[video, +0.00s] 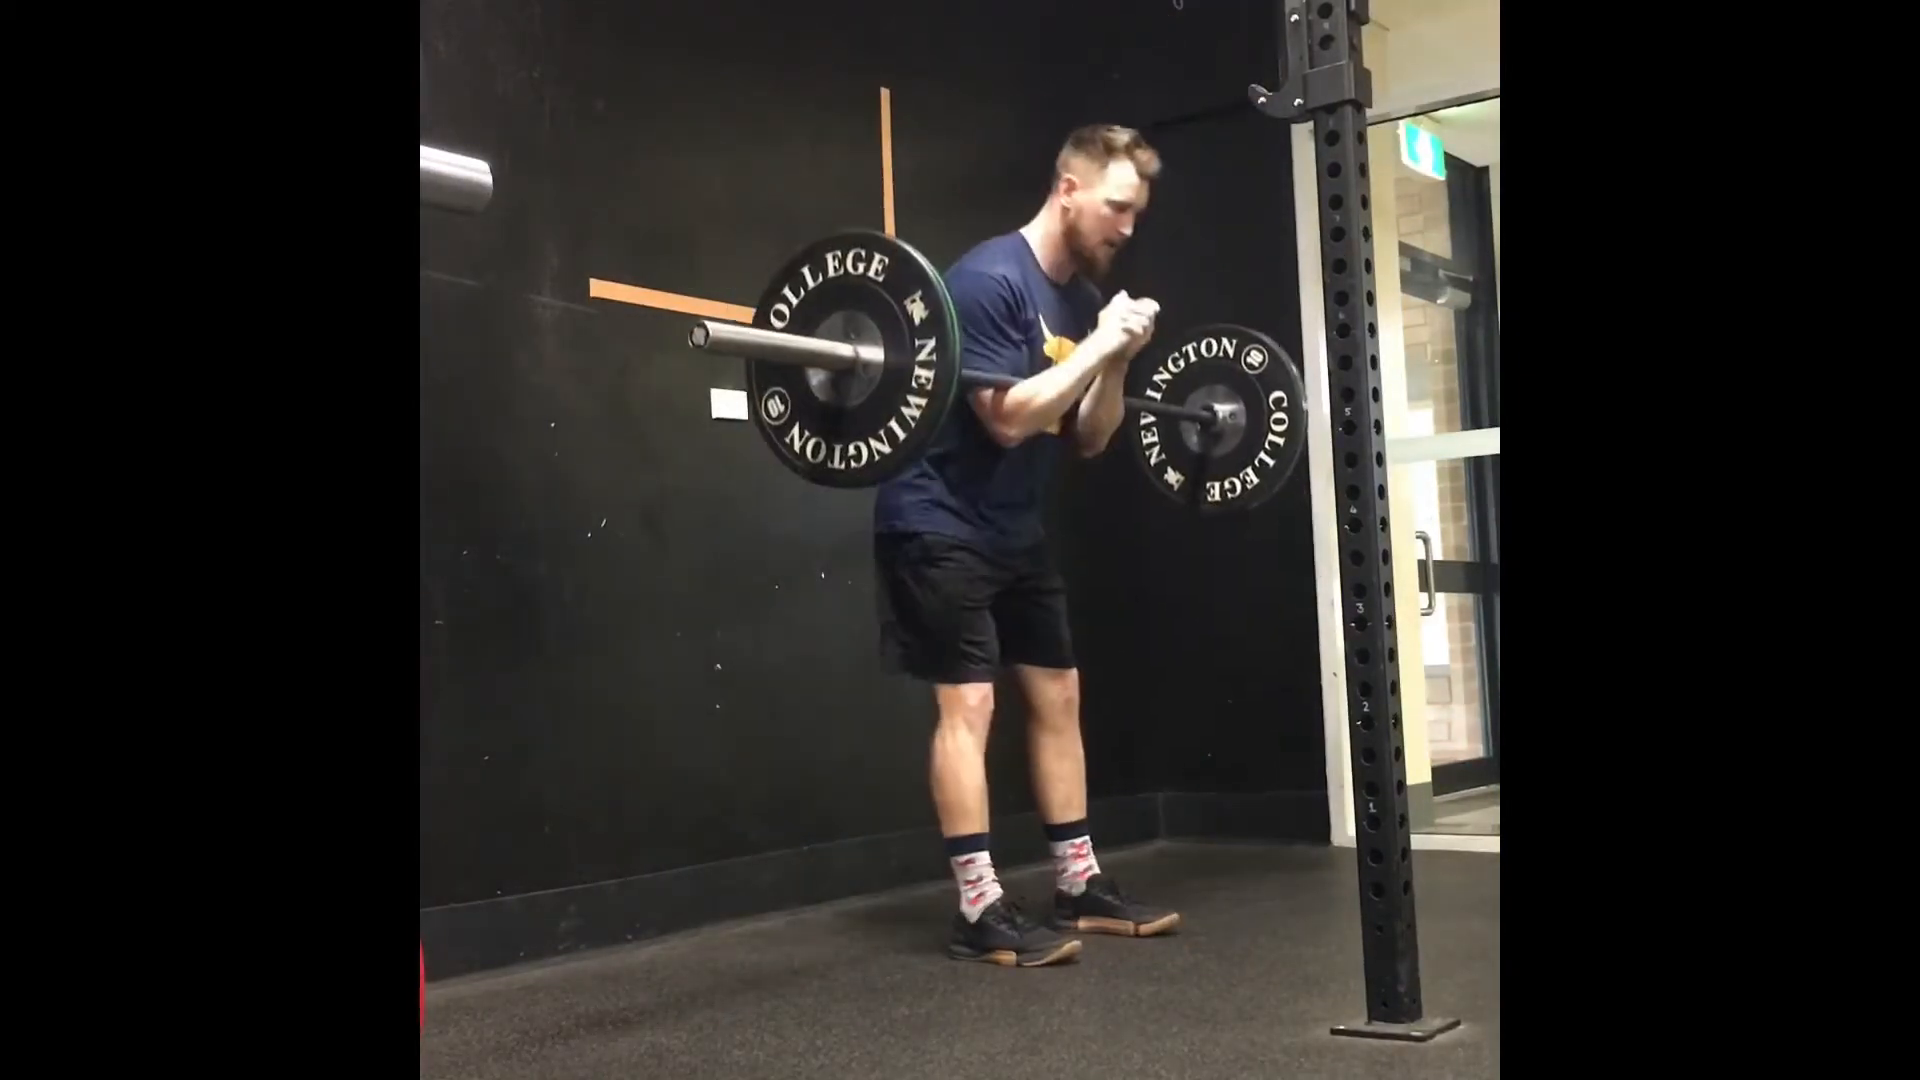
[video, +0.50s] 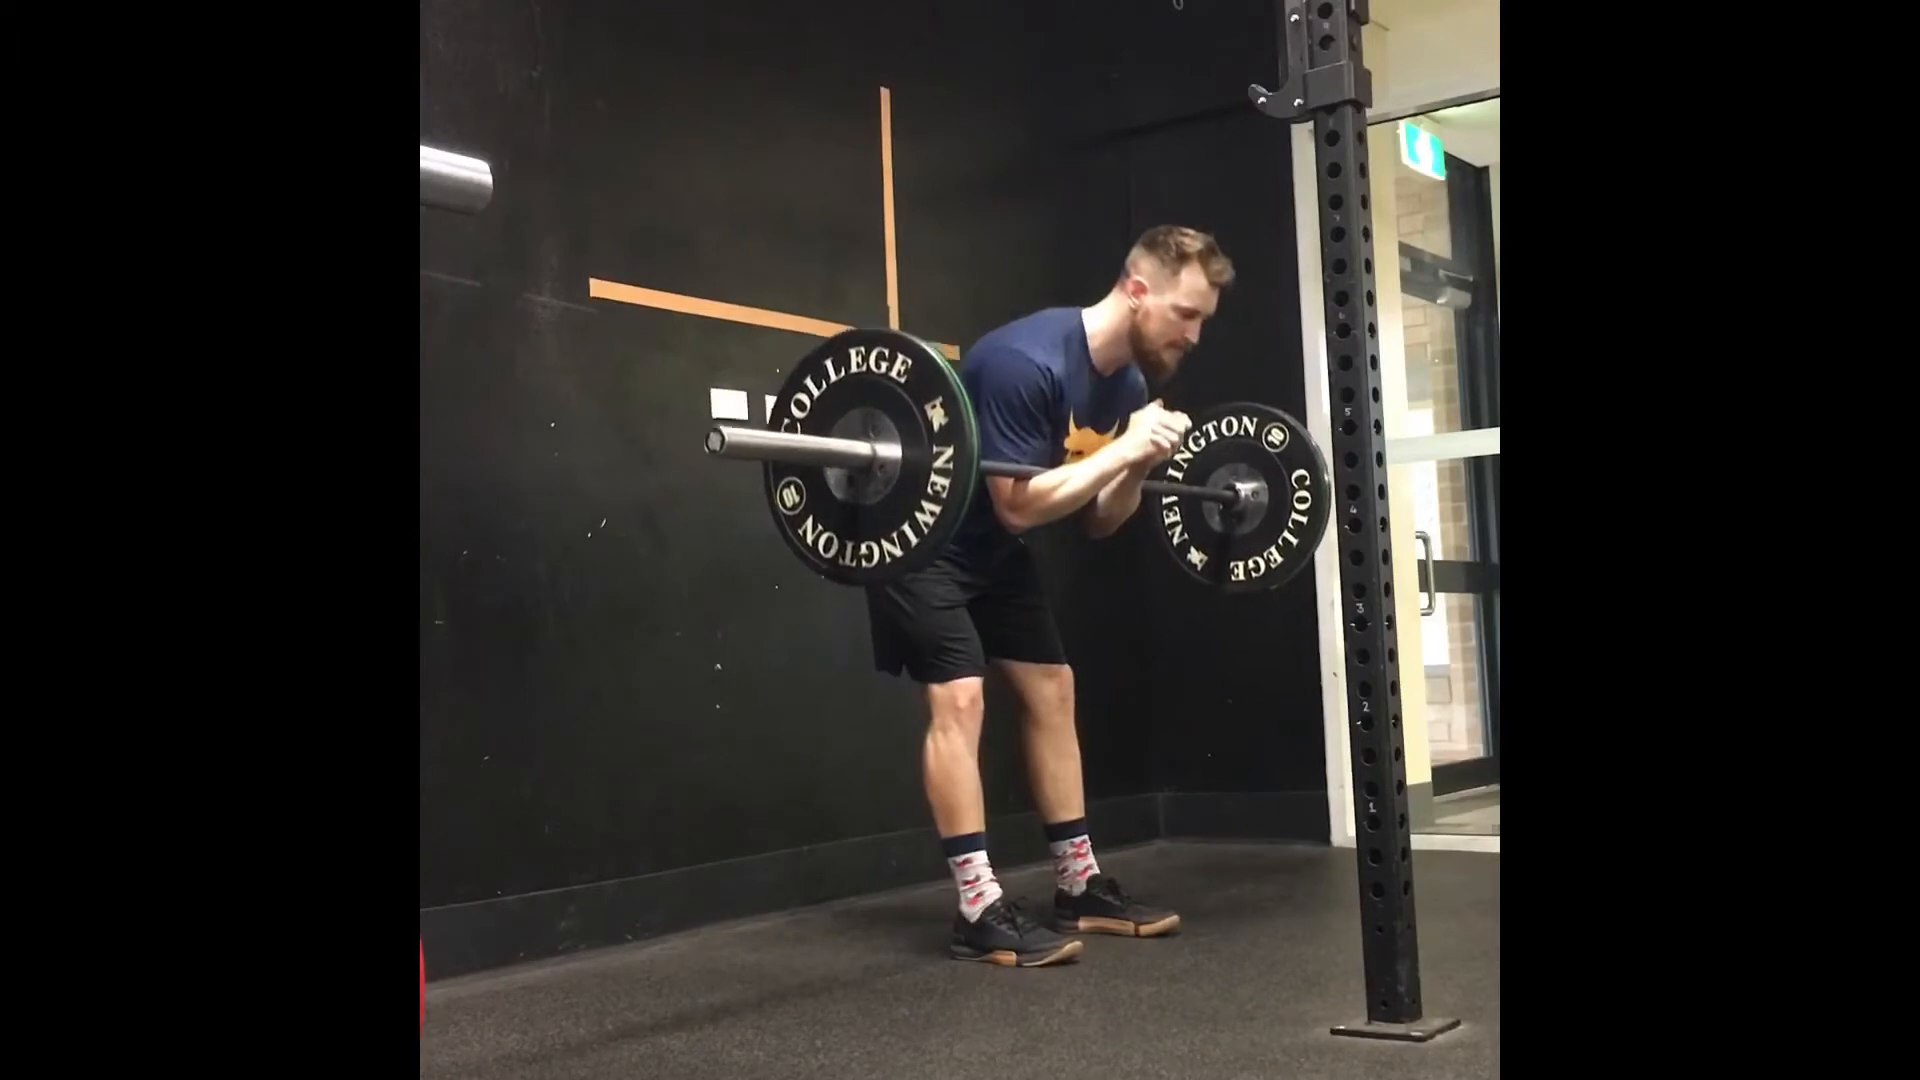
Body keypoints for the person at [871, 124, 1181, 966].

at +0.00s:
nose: (1130, 228)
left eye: (1136, 212)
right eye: (1119, 207)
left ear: (1106, 206)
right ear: (1067, 192)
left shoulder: (1085, 300)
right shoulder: (989, 278)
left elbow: (1088, 439)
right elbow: (1005, 418)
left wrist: (1118, 357)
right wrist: (1102, 345)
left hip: (1015, 522)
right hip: (936, 520)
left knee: (1055, 689)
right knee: (968, 699)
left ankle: (1079, 886)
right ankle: (980, 909)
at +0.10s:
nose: (1143, 251)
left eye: (1151, 236)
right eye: (1134, 231)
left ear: (1138, 231)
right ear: (1083, 210)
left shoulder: (1093, 317)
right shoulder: (995, 295)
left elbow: (1093, 454)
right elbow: (1008, 436)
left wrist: (1122, 380)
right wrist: (1105, 370)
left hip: (1009, 526)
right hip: (929, 525)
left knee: (1051, 690)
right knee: (964, 699)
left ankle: (1079, 886)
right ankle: (979, 910)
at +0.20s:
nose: (1156, 275)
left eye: (1165, 260)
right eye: (1149, 253)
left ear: (1126, 243)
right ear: (1097, 229)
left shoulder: (1105, 333)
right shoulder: (1001, 311)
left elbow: (1097, 469)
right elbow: (1010, 453)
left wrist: (1129, 401)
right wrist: (1111, 391)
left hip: (1004, 527)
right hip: (922, 527)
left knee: (1051, 690)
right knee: (961, 699)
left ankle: (1079, 887)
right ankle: (980, 911)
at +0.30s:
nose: (1171, 295)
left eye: (1180, 280)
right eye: (1164, 273)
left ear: (1127, 260)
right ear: (1112, 250)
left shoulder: (1114, 355)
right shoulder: (1009, 328)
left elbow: (1098, 486)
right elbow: (1012, 470)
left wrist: (1136, 420)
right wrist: (1118, 413)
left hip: (1003, 530)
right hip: (921, 532)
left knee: (1050, 689)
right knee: (959, 700)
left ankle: (1080, 887)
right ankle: (980, 911)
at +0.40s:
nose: (1184, 315)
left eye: (1193, 299)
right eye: (1176, 293)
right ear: (1124, 272)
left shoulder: (1122, 374)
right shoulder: (1015, 346)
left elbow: (1097, 504)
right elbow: (1014, 488)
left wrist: (1138, 440)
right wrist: (1121, 433)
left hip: (998, 535)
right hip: (917, 532)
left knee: (1049, 685)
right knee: (959, 695)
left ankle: (1078, 886)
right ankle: (979, 910)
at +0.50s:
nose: (1193, 337)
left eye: (1202, 321)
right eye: (1186, 315)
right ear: (1135, 291)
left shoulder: (1127, 389)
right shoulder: (1021, 363)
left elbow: (1098, 519)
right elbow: (1015, 505)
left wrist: (1141, 458)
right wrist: (1125, 452)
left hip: (997, 537)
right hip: (915, 534)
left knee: (1050, 687)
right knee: (958, 696)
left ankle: (1079, 886)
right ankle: (978, 909)